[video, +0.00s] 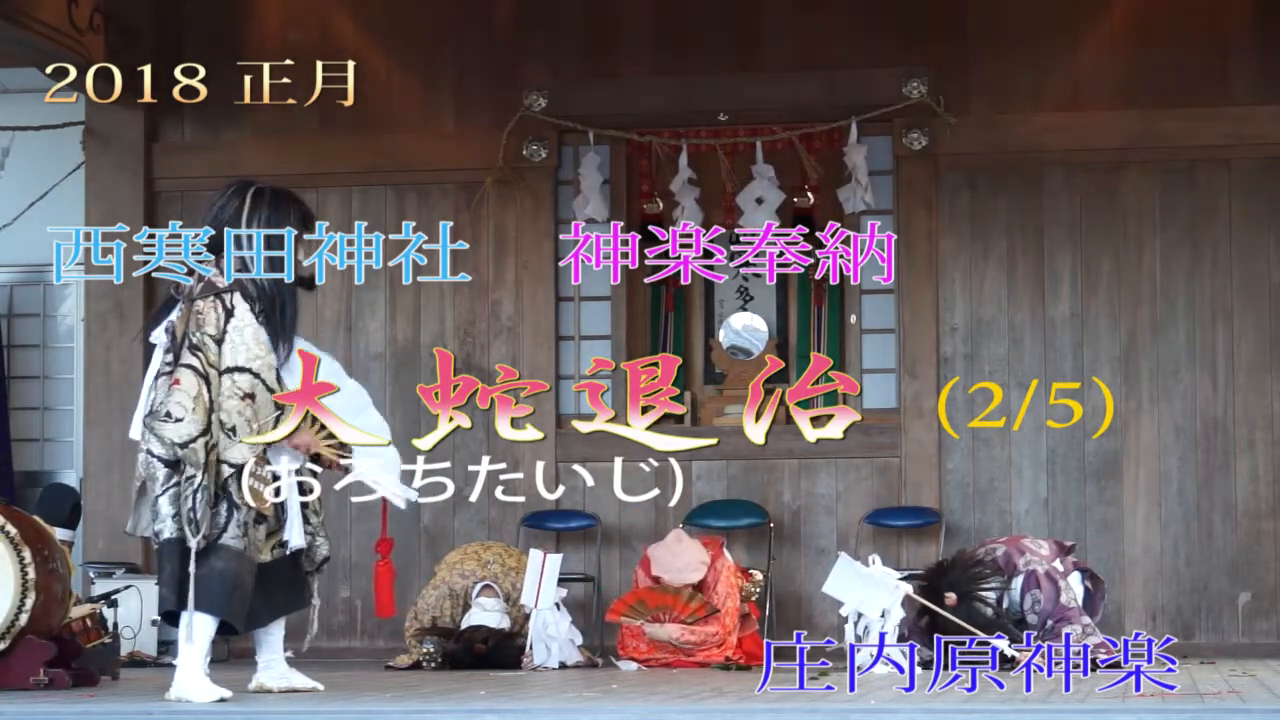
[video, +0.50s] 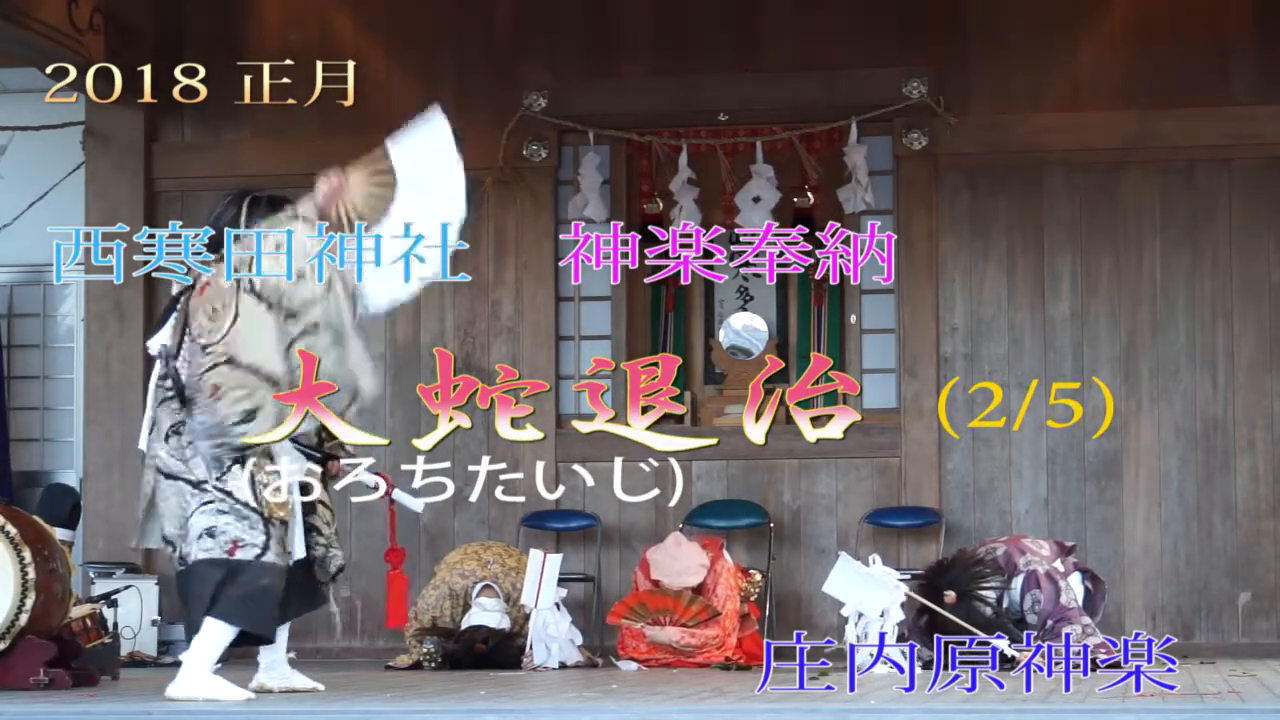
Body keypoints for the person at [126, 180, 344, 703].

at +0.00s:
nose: (306, 253)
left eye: (304, 239)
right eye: (298, 238)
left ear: (236, 235)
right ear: (264, 238)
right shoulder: (229, 305)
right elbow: (240, 408)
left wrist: (305, 432)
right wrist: (288, 439)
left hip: (251, 453)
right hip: (219, 455)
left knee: (275, 548)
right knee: (224, 551)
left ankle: (272, 665)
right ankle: (190, 674)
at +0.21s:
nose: (306, 257)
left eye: (304, 243)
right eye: (299, 242)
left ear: (236, 238)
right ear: (268, 241)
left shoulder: (212, 303)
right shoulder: (246, 309)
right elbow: (263, 405)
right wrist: (318, 438)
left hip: (262, 449)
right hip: (233, 450)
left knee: (282, 549)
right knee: (231, 551)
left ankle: (273, 663)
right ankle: (191, 672)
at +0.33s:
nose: (300, 255)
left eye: (301, 244)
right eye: (296, 243)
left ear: (238, 239)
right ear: (270, 243)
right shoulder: (219, 304)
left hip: (247, 446)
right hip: (201, 451)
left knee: (287, 545)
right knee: (236, 547)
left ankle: (274, 663)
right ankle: (192, 670)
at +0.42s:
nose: (308, 262)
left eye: (308, 251)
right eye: (301, 249)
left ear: (237, 244)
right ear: (273, 247)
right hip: (202, 447)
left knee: (290, 546)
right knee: (251, 550)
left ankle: (274, 664)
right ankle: (194, 670)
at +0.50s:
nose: (291, 246)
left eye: (293, 235)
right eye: (281, 235)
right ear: (252, 234)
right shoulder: (225, 292)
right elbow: (228, 386)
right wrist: (277, 445)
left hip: (253, 443)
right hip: (218, 448)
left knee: (291, 546)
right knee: (263, 556)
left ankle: (273, 664)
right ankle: (195, 671)